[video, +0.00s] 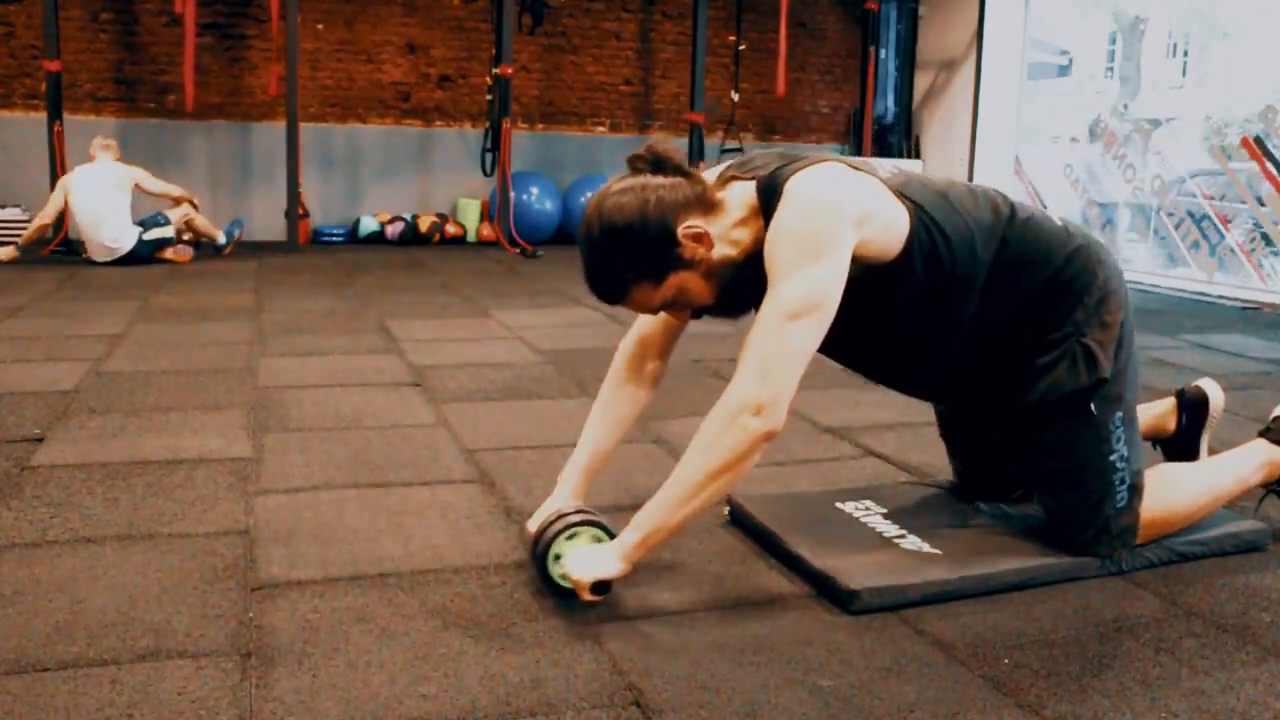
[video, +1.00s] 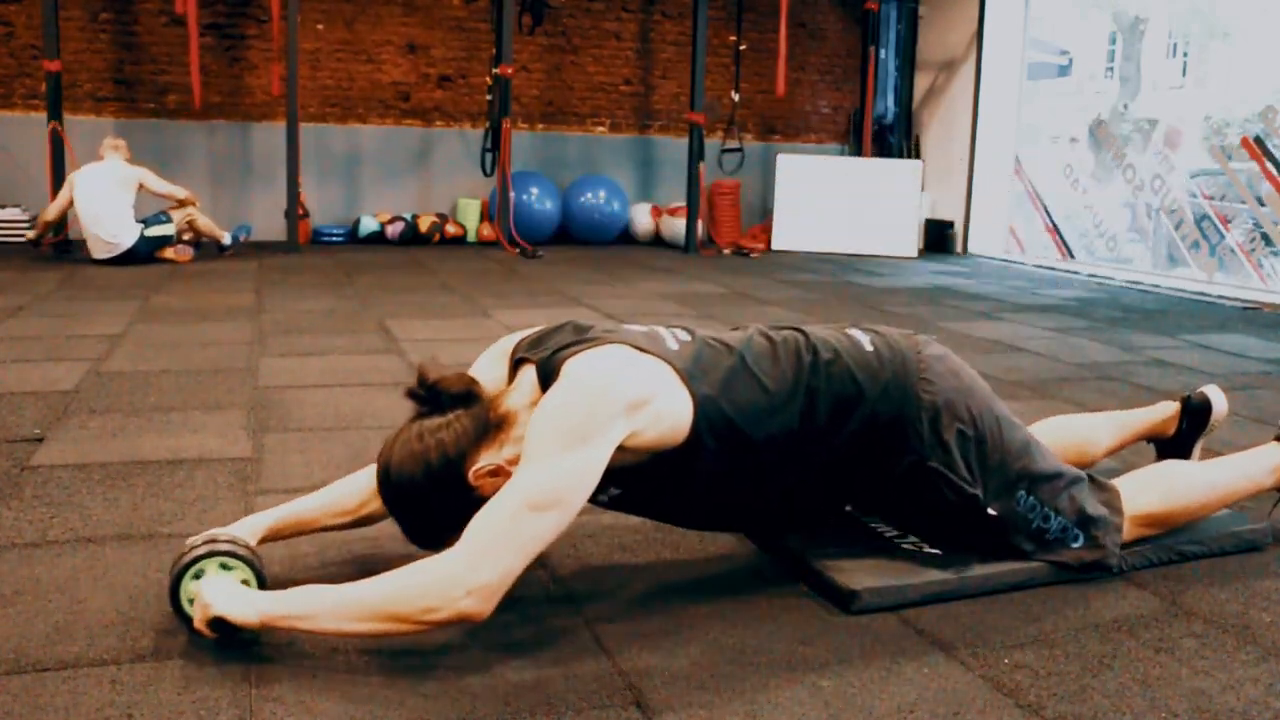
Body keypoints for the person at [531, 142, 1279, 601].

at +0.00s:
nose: (676, 317)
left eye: (673, 303)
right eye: (661, 310)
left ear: (697, 242)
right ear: (692, 235)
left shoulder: (815, 207)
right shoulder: (701, 217)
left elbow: (753, 415)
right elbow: (639, 363)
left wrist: (625, 549)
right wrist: (568, 495)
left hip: (1058, 300)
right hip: (967, 335)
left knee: (1097, 527)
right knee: (999, 483)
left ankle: (1269, 455)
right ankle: (1176, 415)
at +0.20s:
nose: (636, 360)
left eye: (623, 344)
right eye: (613, 357)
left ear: (641, 279)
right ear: (630, 278)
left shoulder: (757, 244)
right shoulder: (653, 245)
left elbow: (680, 446)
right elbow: (577, 380)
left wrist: (534, 557)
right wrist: (488, 496)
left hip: (1022, 312)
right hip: (937, 346)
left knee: (1105, 523)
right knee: (995, 485)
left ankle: (1271, 453)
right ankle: (1172, 412)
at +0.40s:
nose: (570, 406)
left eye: (553, 391)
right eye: (541, 401)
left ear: (586, 332)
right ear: (572, 329)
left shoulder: (696, 293)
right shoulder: (596, 280)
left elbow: (607, 488)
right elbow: (502, 403)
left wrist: (434, 577)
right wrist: (403, 503)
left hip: (982, 333)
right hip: (904, 371)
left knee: (1105, 527)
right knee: (1015, 487)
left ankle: (1264, 456)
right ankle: (1174, 419)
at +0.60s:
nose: (537, 453)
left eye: (523, 437)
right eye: (519, 446)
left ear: (544, 381)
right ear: (531, 381)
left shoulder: (647, 331)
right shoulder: (554, 306)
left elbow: (536, 532)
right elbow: (448, 435)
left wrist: (354, 589)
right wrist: (330, 514)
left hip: (943, 357)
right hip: (874, 374)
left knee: (1098, 524)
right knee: (1022, 488)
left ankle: (1266, 456)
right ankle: (1176, 408)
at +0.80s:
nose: (518, 485)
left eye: (506, 475)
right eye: (498, 482)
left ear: (512, 420)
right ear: (485, 426)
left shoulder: (613, 373)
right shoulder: (522, 343)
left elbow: (489, 567)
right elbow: (412, 463)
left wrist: (293, 597)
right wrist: (280, 525)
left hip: (918, 392)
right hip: (854, 356)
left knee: (1089, 518)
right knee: (1020, 452)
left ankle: (1266, 460)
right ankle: (1173, 404)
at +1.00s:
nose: (502, 497)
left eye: (487, 494)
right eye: (473, 492)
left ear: (501, 450)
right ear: (467, 436)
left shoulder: (591, 403)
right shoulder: (500, 372)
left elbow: (459, 592)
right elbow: (392, 480)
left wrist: (261, 606)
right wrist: (258, 526)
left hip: (893, 406)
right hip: (837, 413)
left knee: (1098, 520)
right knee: (1015, 467)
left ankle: (1272, 465)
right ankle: (1167, 413)